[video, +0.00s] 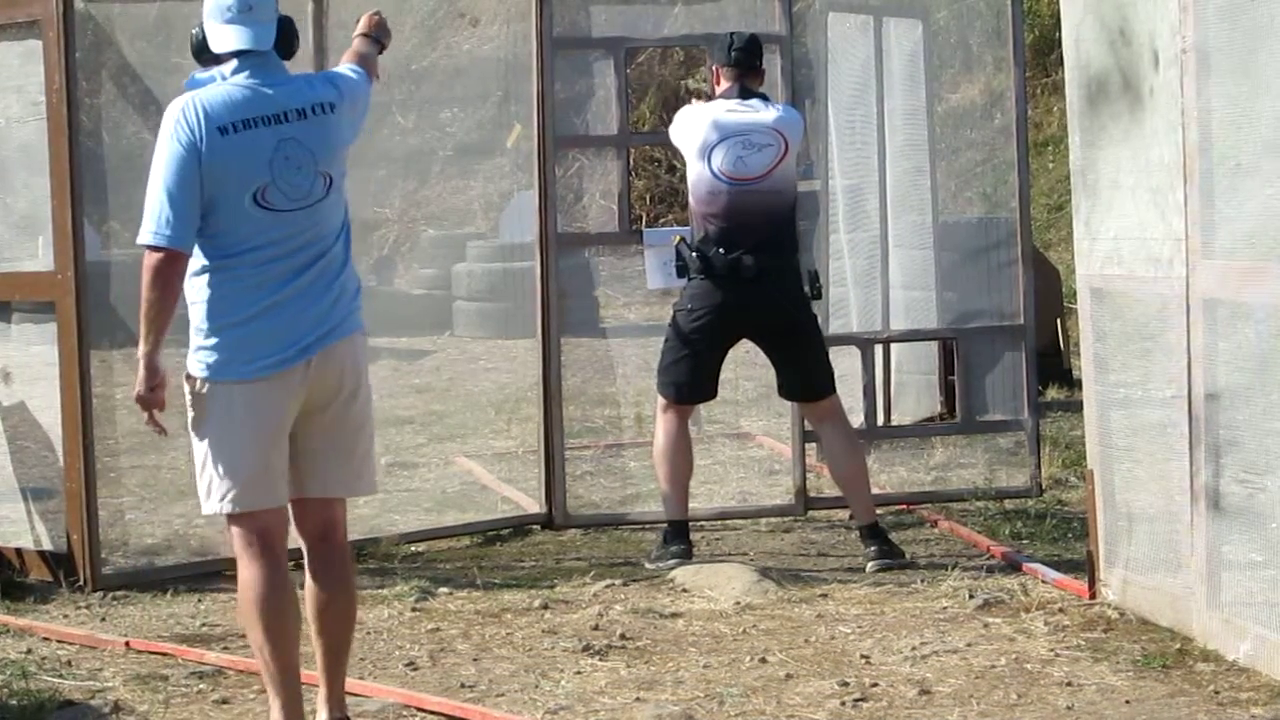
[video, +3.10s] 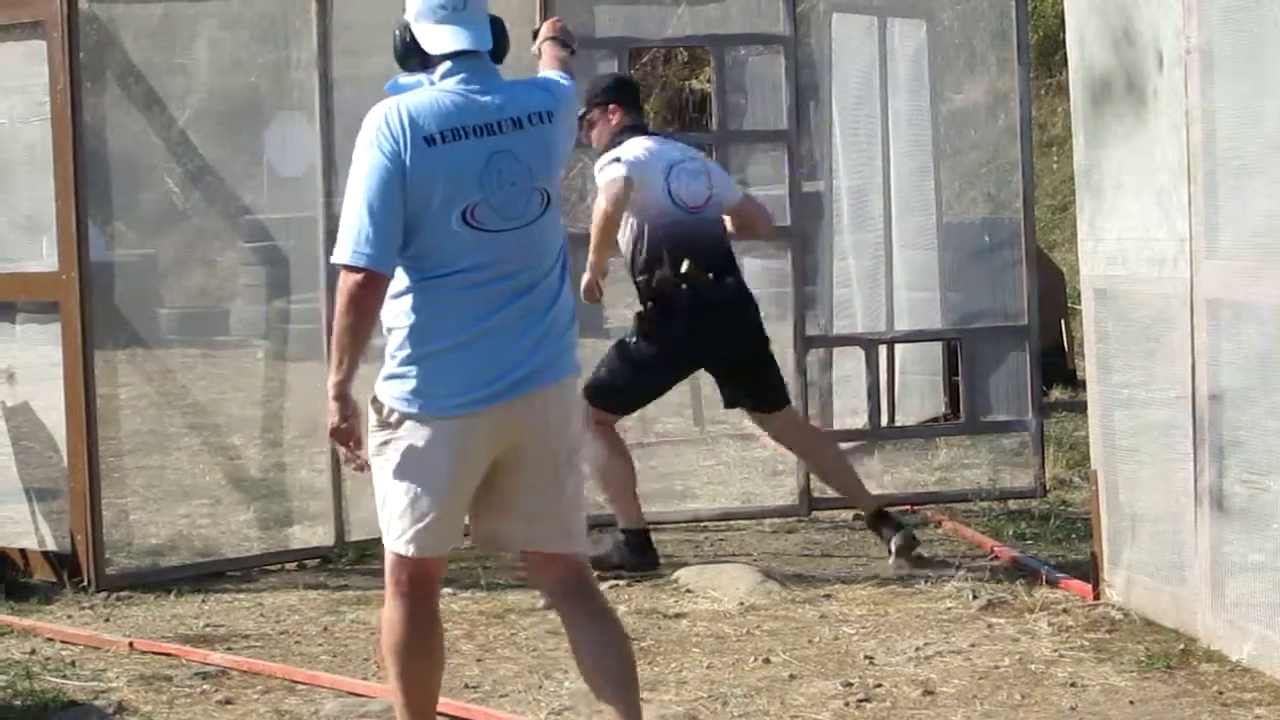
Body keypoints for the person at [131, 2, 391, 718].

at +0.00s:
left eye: (207, 47)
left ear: (207, 49)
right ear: (281, 40)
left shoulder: (191, 115)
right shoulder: (326, 98)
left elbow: (165, 252)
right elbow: (361, 68)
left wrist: (148, 354)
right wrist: (371, 34)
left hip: (238, 357)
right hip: (334, 340)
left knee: (257, 545)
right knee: (327, 533)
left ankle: (288, 711)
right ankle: (334, 704)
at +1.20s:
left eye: (212, 44)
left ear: (212, 48)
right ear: (288, 38)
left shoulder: (196, 119)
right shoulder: (339, 97)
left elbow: (173, 260)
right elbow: (366, 63)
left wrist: (154, 367)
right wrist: (375, 30)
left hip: (250, 372)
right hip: (351, 353)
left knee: (257, 552)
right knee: (389, 529)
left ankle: (286, 709)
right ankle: (452, 691)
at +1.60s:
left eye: (303, 50)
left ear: (303, 53)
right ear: (383, 42)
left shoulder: (294, 125)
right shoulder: (433, 99)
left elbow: (272, 270)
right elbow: (442, 61)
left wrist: (253, 377)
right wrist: (444, 29)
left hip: (330, 367)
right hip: (434, 356)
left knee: (296, 550)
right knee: (443, 546)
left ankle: (290, 709)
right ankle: (472, 710)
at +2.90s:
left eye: (368, 42)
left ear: (370, 46)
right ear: (452, 36)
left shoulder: (348, 118)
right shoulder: (508, 99)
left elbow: (312, 270)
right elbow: (542, 65)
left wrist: (291, 380)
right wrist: (555, 29)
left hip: (393, 386)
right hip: (504, 370)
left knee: (395, 581)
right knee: (510, 552)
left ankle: (412, 714)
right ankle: (559, 709)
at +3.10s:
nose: (403, 66)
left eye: (405, 52)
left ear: (413, 52)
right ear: (496, 46)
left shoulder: (395, 122)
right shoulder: (548, 102)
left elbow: (364, 275)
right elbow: (558, 73)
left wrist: (340, 388)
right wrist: (553, 38)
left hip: (435, 394)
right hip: (546, 379)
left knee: (412, 586)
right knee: (567, 578)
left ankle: (416, 713)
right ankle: (629, 713)